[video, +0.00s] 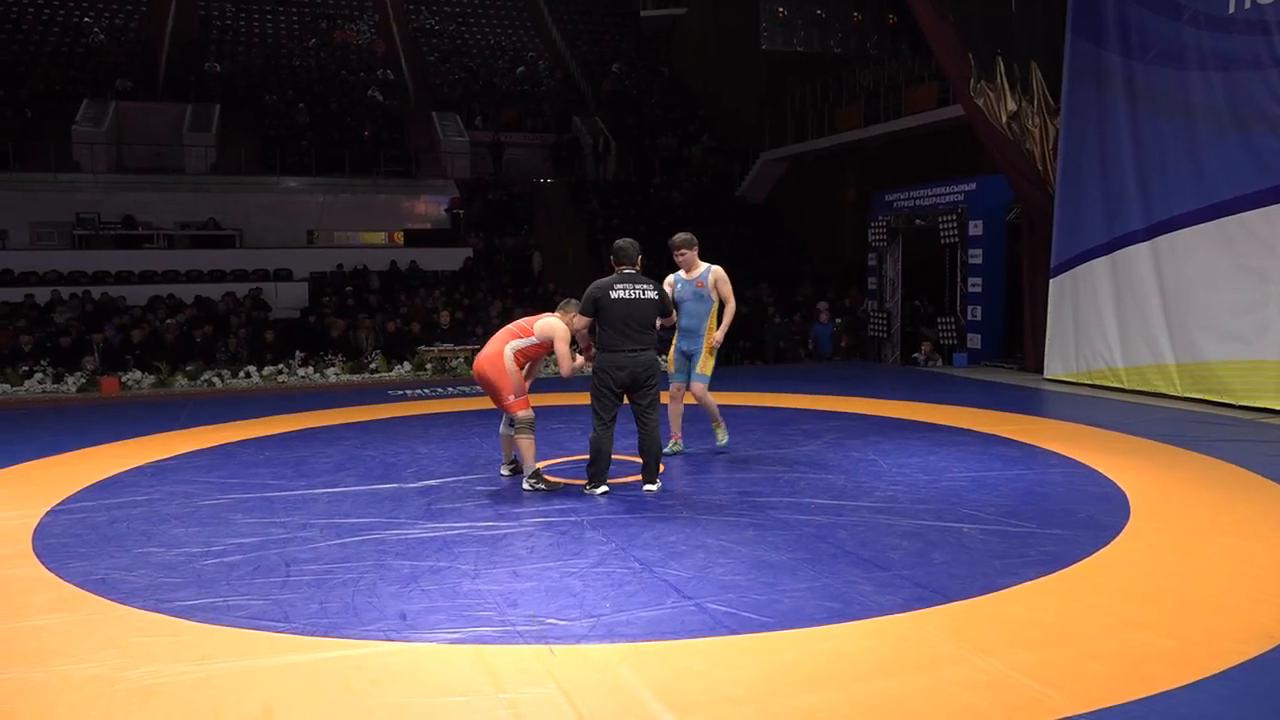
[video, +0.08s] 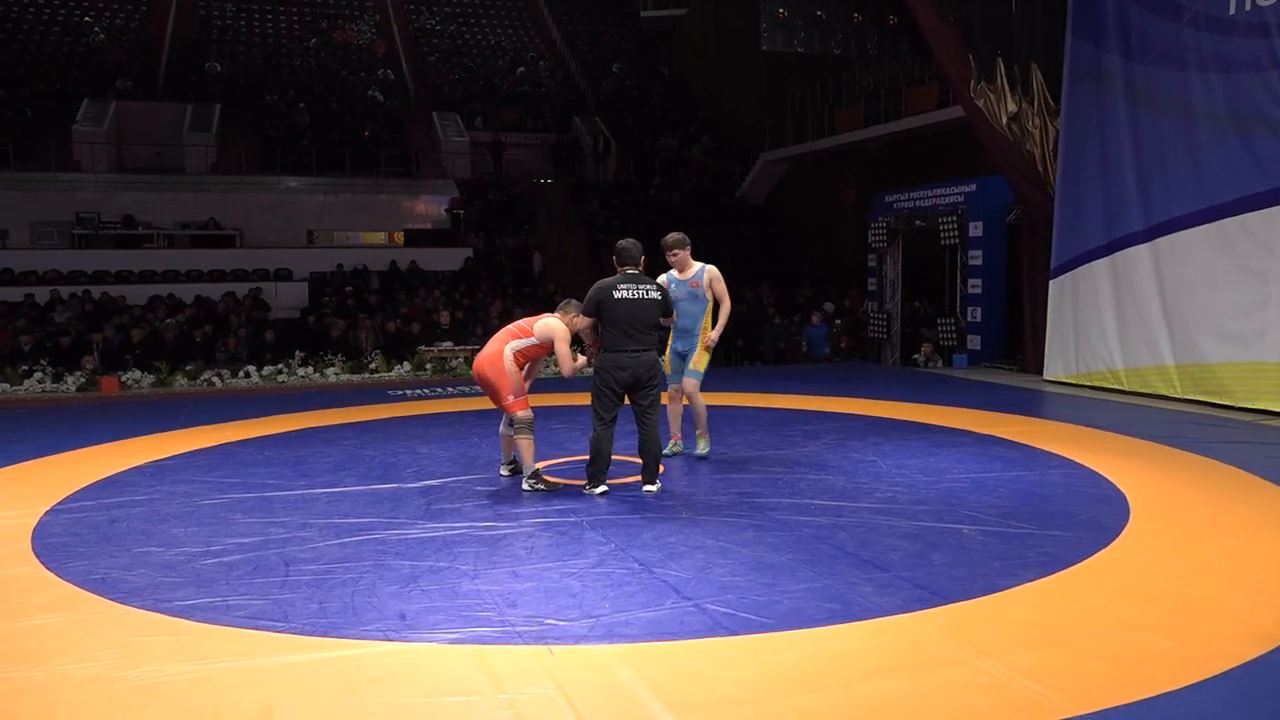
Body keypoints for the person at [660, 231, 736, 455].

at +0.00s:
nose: (678, 259)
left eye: (682, 254)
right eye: (675, 255)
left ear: (695, 251)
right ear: (673, 256)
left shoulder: (715, 273)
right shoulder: (671, 280)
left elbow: (730, 303)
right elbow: (668, 314)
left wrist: (721, 331)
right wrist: (661, 319)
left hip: (704, 343)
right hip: (679, 343)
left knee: (698, 390)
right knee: (675, 391)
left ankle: (718, 424)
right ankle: (676, 439)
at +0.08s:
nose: (671, 259)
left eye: (675, 254)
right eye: (668, 255)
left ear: (688, 251)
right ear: (665, 256)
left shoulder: (709, 272)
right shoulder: (664, 280)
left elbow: (725, 302)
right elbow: (655, 310)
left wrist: (717, 331)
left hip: (700, 342)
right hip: (674, 342)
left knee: (690, 388)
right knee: (673, 392)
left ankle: (702, 436)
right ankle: (675, 439)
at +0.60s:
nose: (652, 261)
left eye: (654, 256)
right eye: (650, 257)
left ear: (666, 253)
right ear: (659, 256)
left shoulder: (688, 276)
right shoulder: (657, 278)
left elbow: (699, 311)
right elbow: (653, 311)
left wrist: (687, 342)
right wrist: (648, 339)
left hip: (682, 339)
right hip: (660, 338)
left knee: (681, 398)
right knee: (659, 397)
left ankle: (680, 450)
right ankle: (664, 440)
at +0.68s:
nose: (652, 263)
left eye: (654, 258)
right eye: (650, 259)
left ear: (664, 254)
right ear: (658, 256)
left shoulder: (685, 276)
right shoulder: (656, 278)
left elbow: (687, 319)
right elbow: (651, 312)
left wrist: (672, 344)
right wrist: (649, 338)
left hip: (685, 342)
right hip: (662, 342)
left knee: (683, 400)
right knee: (661, 399)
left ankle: (681, 450)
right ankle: (657, 447)